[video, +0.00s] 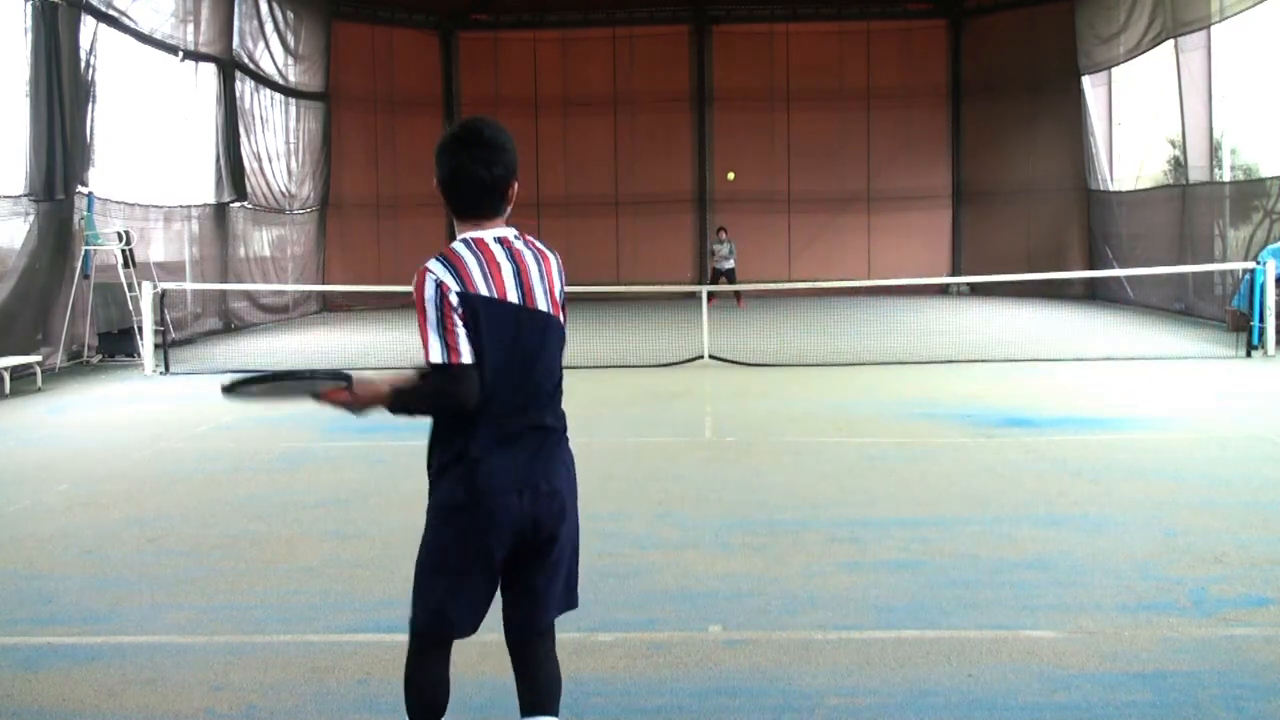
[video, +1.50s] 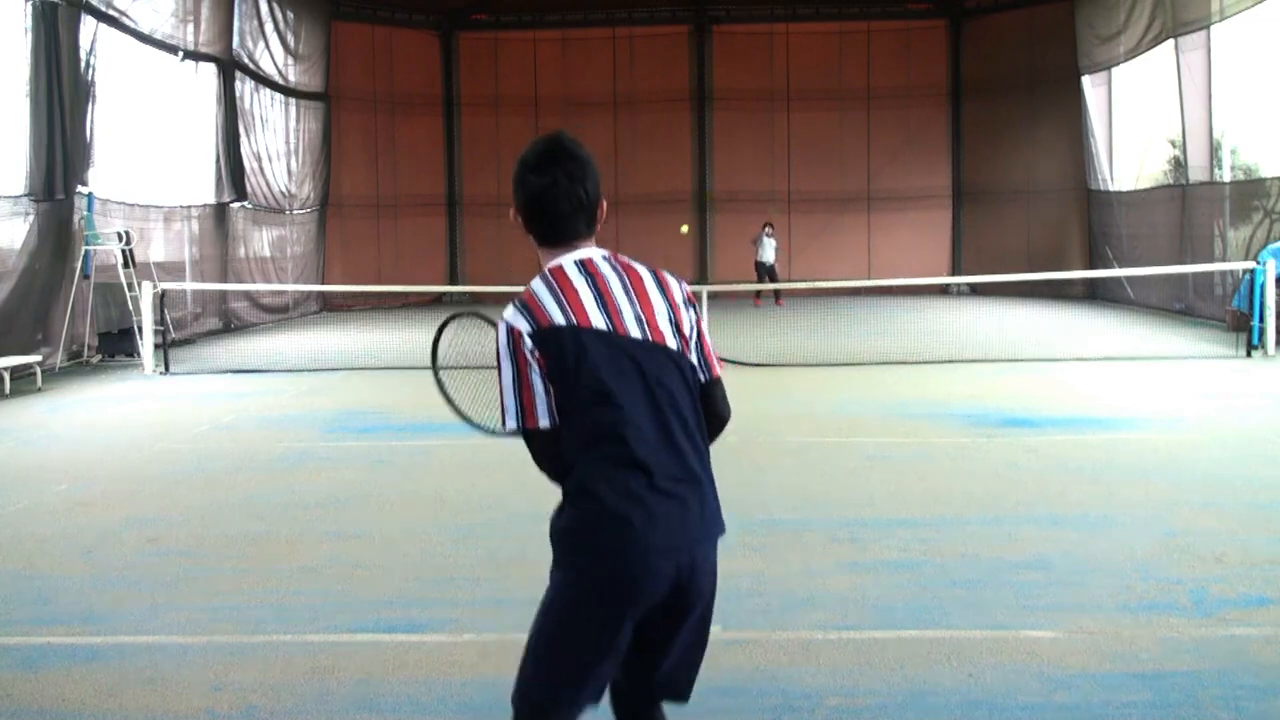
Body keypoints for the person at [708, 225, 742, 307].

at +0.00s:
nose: (722, 236)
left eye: (723, 234)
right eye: (720, 234)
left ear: (726, 235)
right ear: (717, 235)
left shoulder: (730, 244)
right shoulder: (714, 245)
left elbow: (732, 256)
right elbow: (712, 256)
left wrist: (721, 256)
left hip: (729, 267)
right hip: (717, 267)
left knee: (734, 284)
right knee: (712, 284)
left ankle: (739, 300)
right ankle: (710, 299)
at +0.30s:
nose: (733, 232)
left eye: (734, 230)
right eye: (731, 230)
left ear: (737, 231)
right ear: (728, 232)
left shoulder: (740, 240)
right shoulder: (728, 241)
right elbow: (722, 247)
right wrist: (713, 247)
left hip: (744, 262)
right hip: (735, 263)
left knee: (743, 281)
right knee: (732, 282)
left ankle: (743, 298)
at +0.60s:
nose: (740, 238)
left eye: (742, 235)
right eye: (738, 236)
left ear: (745, 236)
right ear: (736, 237)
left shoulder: (748, 244)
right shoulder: (740, 247)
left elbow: (736, 252)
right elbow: (738, 256)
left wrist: (726, 256)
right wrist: (730, 259)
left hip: (756, 266)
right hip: (747, 269)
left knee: (761, 283)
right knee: (745, 286)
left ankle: (776, 295)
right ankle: (753, 299)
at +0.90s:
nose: (754, 225)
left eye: (756, 223)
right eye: (752, 224)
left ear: (759, 224)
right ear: (750, 225)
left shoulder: (764, 232)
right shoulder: (749, 235)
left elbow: (767, 230)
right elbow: (746, 242)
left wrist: (764, 225)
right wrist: (744, 237)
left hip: (765, 255)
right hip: (754, 257)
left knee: (772, 276)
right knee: (752, 278)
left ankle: (778, 294)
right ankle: (751, 296)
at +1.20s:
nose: (771, 232)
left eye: (773, 230)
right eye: (770, 230)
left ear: (775, 232)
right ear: (767, 232)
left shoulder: (777, 242)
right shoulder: (765, 239)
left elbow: (785, 249)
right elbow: (762, 230)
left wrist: (794, 250)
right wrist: (768, 223)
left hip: (774, 264)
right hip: (765, 263)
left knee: (779, 282)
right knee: (757, 280)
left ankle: (778, 300)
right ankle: (745, 291)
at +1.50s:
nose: (768, 231)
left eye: (770, 229)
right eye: (766, 228)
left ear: (772, 231)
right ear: (764, 230)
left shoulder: (773, 241)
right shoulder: (761, 239)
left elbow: (774, 252)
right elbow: (757, 243)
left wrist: (775, 262)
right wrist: (763, 234)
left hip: (770, 262)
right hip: (761, 261)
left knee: (775, 281)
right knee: (761, 280)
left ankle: (778, 299)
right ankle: (757, 298)